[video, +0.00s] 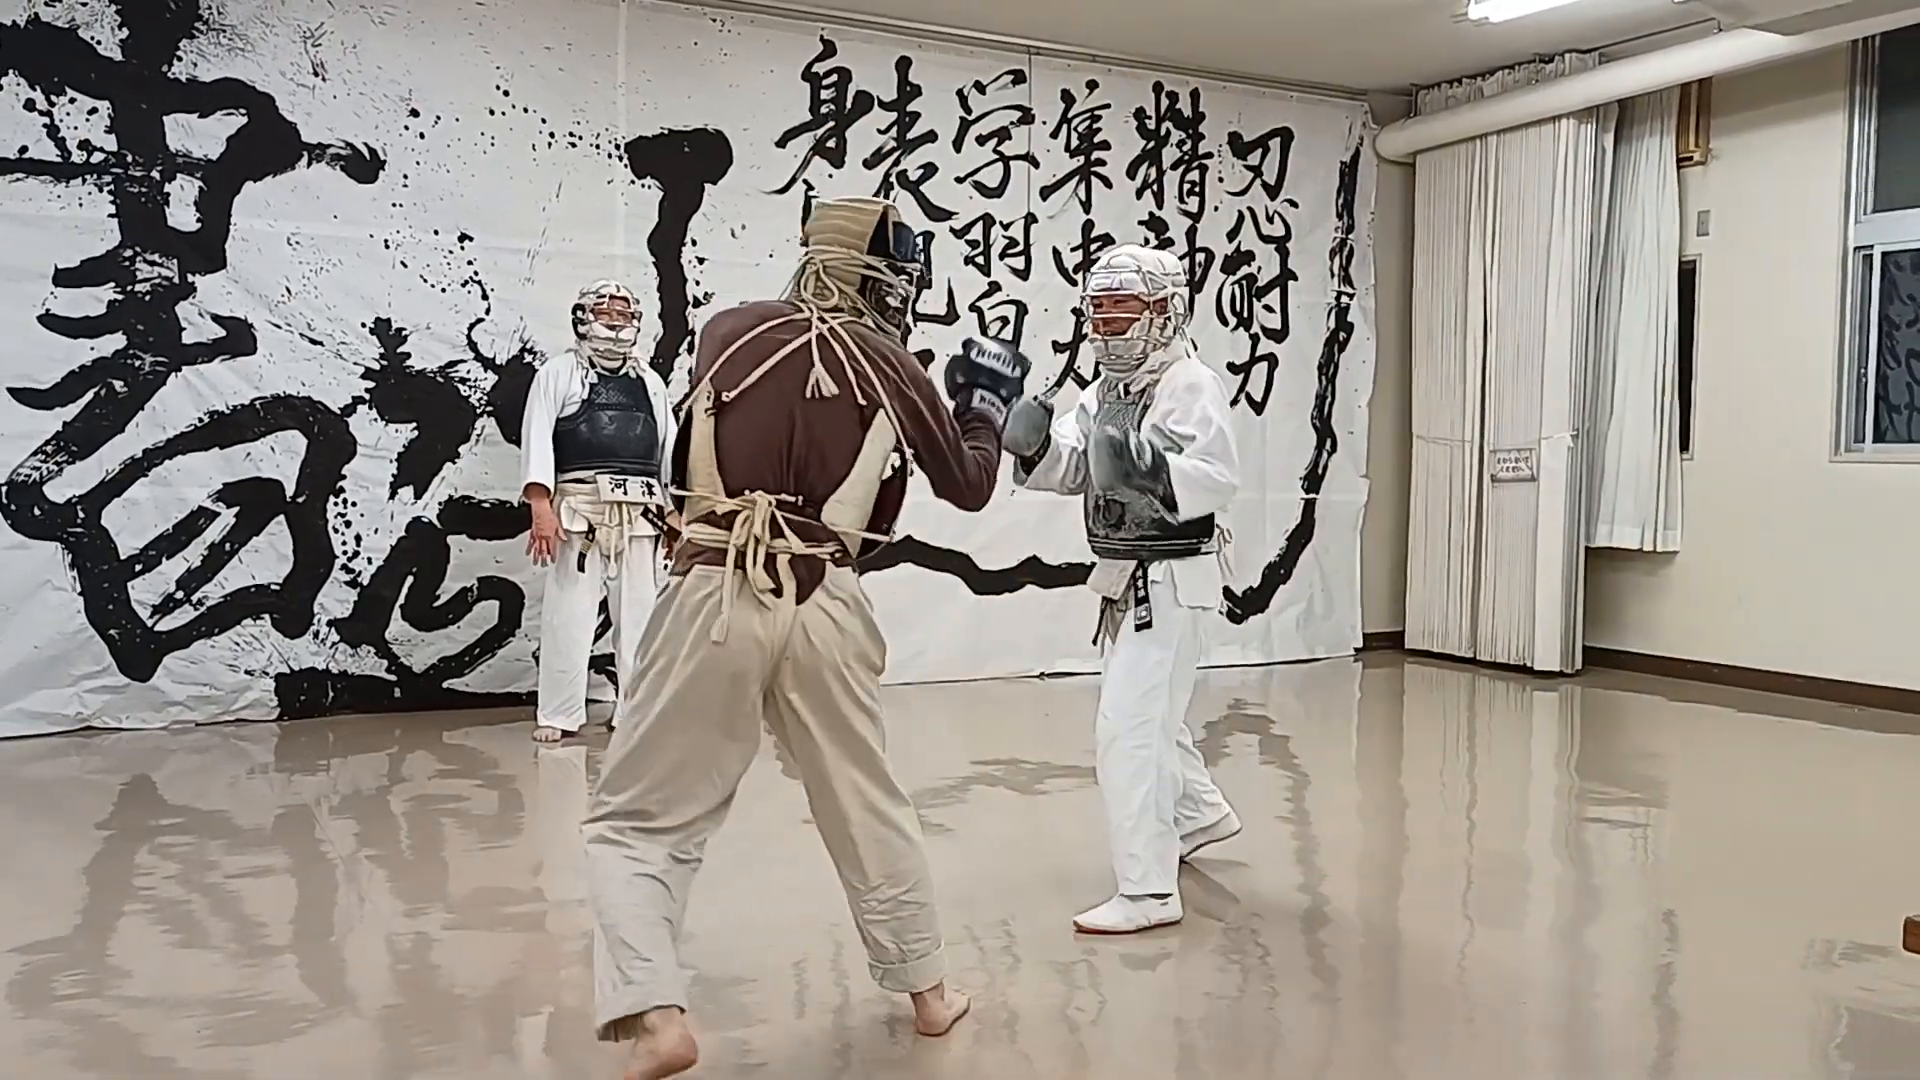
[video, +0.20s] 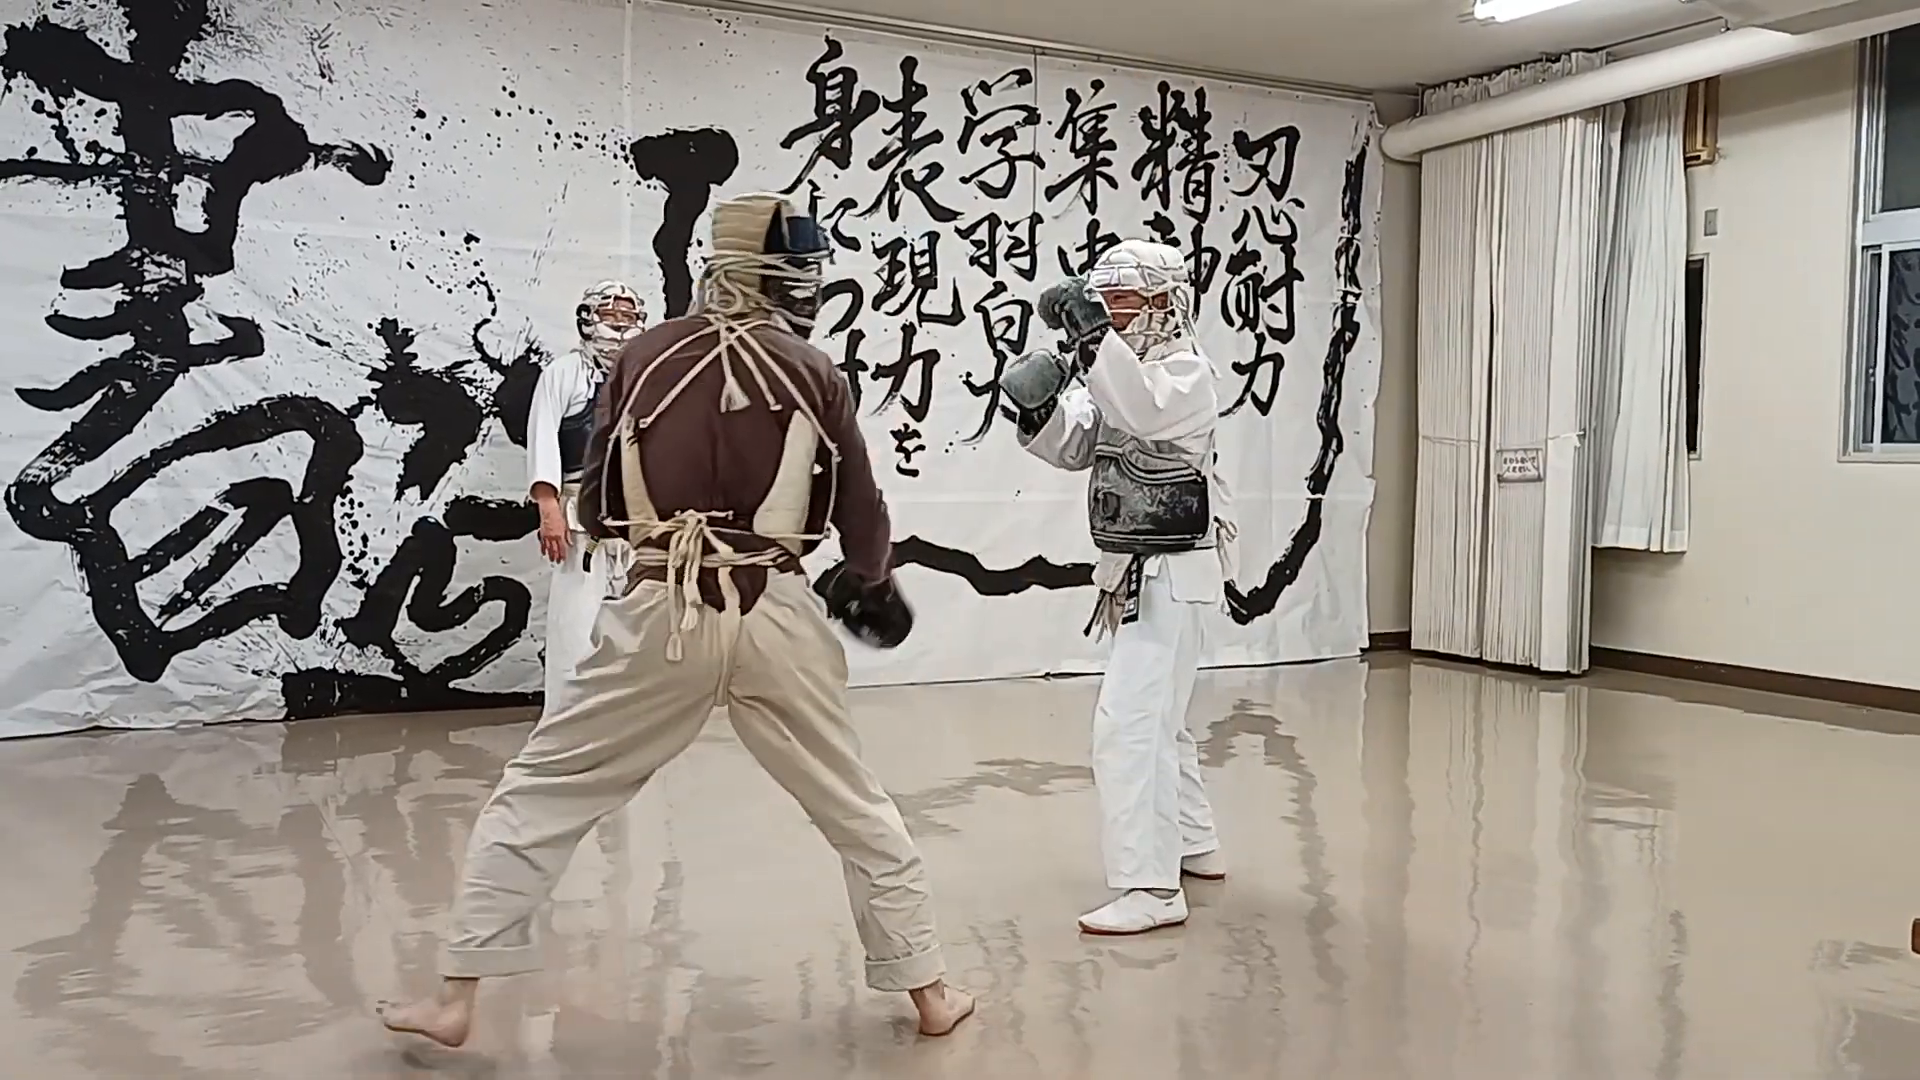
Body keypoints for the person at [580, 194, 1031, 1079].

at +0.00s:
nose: (913, 295)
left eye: (912, 281)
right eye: (909, 281)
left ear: (814, 267)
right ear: (886, 280)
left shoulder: (728, 328)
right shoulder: (891, 366)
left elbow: (690, 462)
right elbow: (971, 482)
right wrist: (983, 399)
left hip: (708, 604)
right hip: (826, 611)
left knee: (635, 820)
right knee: (865, 803)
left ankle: (657, 1017)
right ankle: (928, 996)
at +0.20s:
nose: (817, 289)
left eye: (815, 275)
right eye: (809, 276)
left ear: (715, 268)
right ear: (787, 278)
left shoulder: (639, 354)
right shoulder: (813, 372)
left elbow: (601, 498)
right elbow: (859, 500)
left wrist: (666, 542)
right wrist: (873, 577)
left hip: (656, 616)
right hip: (779, 615)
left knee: (542, 786)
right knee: (855, 805)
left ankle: (454, 998)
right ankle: (930, 994)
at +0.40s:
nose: (710, 278)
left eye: (709, 261)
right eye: (702, 262)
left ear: (610, 255)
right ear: (677, 263)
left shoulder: (522, 332)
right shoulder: (687, 354)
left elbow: (469, 480)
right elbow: (704, 512)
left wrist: (550, 522)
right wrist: (725, 607)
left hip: (525, 601)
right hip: (646, 603)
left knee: (462, 791)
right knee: (752, 781)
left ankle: (412, 1009)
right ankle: (834, 982)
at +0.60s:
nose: (662, 205)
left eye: (658, 191)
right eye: (657, 193)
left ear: (565, 188)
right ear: (637, 196)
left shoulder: (483, 275)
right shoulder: (653, 290)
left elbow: (406, 392)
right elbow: (691, 422)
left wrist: (494, 423)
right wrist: (694, 525)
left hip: (497, 542)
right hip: (611, 543)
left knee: (460, 754)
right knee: (623, 761)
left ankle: (415, 986)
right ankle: (611, 986)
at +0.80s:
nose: (657, 256)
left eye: (655, 241)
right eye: (649, 242)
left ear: (556, 236)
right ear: (620, 245)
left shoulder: (476, 314)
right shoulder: (632, 337)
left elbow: (404, 442)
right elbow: (648, 489)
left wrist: (482, 474)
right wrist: (684, 574)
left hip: (461, 573)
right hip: (578, 577)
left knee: (437, 789)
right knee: (685, 749)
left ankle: (419, 1006)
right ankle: (677, 937)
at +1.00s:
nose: (697, 263)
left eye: (695, 248)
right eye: (688, 250)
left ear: (604, 247)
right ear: (659, 255)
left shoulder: (523, 321)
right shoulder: (659, 345)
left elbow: (486, 460)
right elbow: (698, 478)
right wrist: (761, 476)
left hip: (498, 569)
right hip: (605, 575)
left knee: (472, 773)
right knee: (673, 753)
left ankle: (429, 995)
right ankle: (725, 939)